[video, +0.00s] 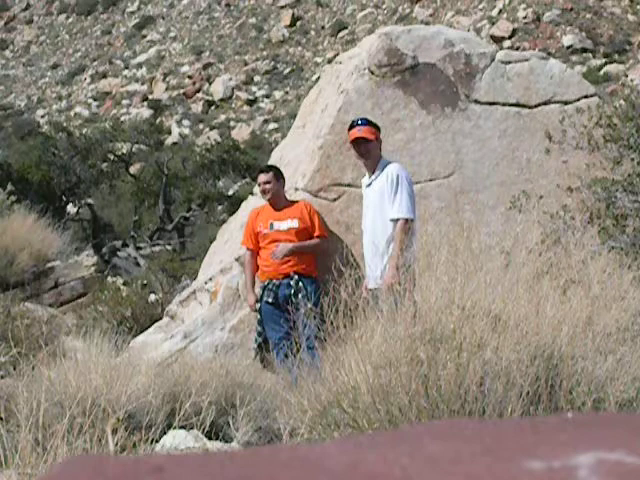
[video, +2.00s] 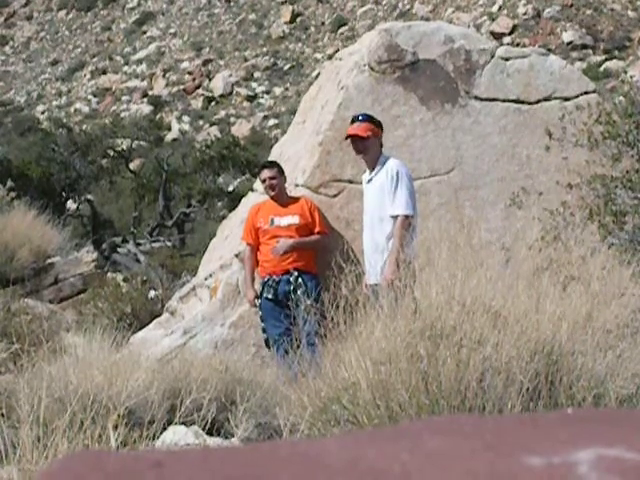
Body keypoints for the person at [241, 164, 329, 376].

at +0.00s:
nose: (263, 188)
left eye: (267, 183)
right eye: (259, 184)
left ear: (281, 183)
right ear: (258, 188)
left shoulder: (304, 209)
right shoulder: (256, 216)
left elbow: (323, 240)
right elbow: (250, 253)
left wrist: (293, 247)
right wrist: (250, 290)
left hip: (303, 282)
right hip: (271, 285)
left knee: (310, 339)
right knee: (280, 344)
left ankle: (316, 386)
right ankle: (292, 390)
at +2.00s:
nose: (269, 183)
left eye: (273, 178)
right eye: (264, 180)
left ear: (283, 178)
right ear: (261, 184)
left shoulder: (305, 205)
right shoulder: (257, 212)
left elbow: (325, 236)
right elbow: (250, 249)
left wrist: (294, 243)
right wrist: (249, 285)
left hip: (303, 277)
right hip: (271, 280)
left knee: (310, 335)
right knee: (279, 340)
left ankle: (316, 382)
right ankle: (290, 386)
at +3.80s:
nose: (268, 185)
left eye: (272, 180)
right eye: (263, 182)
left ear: (282, 179)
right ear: (260, 186)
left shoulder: (305, 205)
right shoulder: (257, 211)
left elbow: (324, 236)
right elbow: (246, 245)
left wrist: (293, 244)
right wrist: (225, 268)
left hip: (303, 278)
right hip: (271, 281)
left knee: (310, 334)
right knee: (278, 339)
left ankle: (315, 381)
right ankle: (291, 385)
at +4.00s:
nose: (267, 185)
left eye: (271, 180)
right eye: (263, 182)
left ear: (282, 180)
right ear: (260, 186)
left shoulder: (304, 204)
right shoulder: (257, 210)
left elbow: (323, 236)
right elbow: (234, 238)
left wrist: (293, 243)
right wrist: (205, 241)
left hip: (302, 277)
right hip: (271, 280)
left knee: (310, 333)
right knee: (278, 339)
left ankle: (316, 380)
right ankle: (292, 385)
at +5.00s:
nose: (270, 185)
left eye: (274, 180)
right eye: (265, 182)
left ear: (284, 180)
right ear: (261, 186)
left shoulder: (304, 205)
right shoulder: (256, 211)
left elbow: (323, 237)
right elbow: (239, 244)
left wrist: (293, 243)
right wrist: (223, 273)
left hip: (303, 277)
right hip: (271, 280)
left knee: (310, 332)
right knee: (279, 338)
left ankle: (315, 379)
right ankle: (290, 382)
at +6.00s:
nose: (272, 183)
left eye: (276, 178)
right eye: (267, 179)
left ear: (286, 179)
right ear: (263, 184)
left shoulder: (306, 205)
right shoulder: (257, 211)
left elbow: (323, 237)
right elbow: (243, 246)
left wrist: (293, 243)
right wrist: (234, 279)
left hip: (303, 276)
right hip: (271, 280)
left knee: (309, 334)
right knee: (279, 339)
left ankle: (315, 381)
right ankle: (290, 383)